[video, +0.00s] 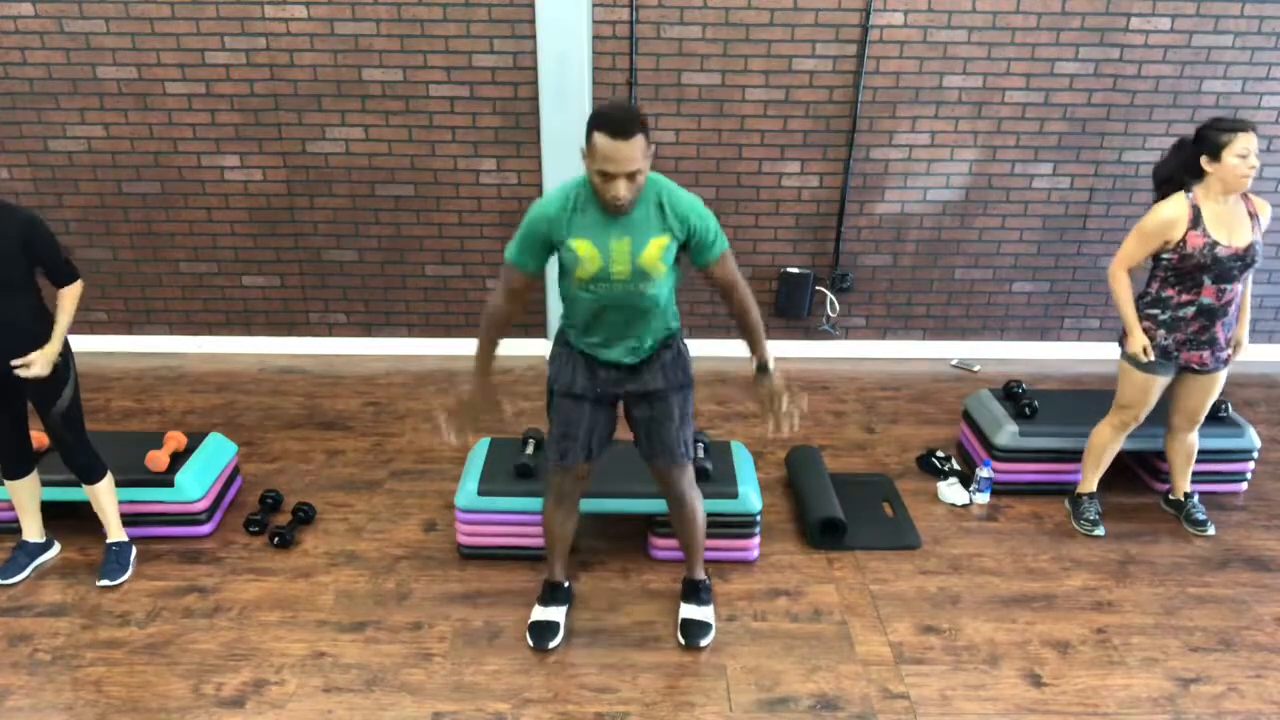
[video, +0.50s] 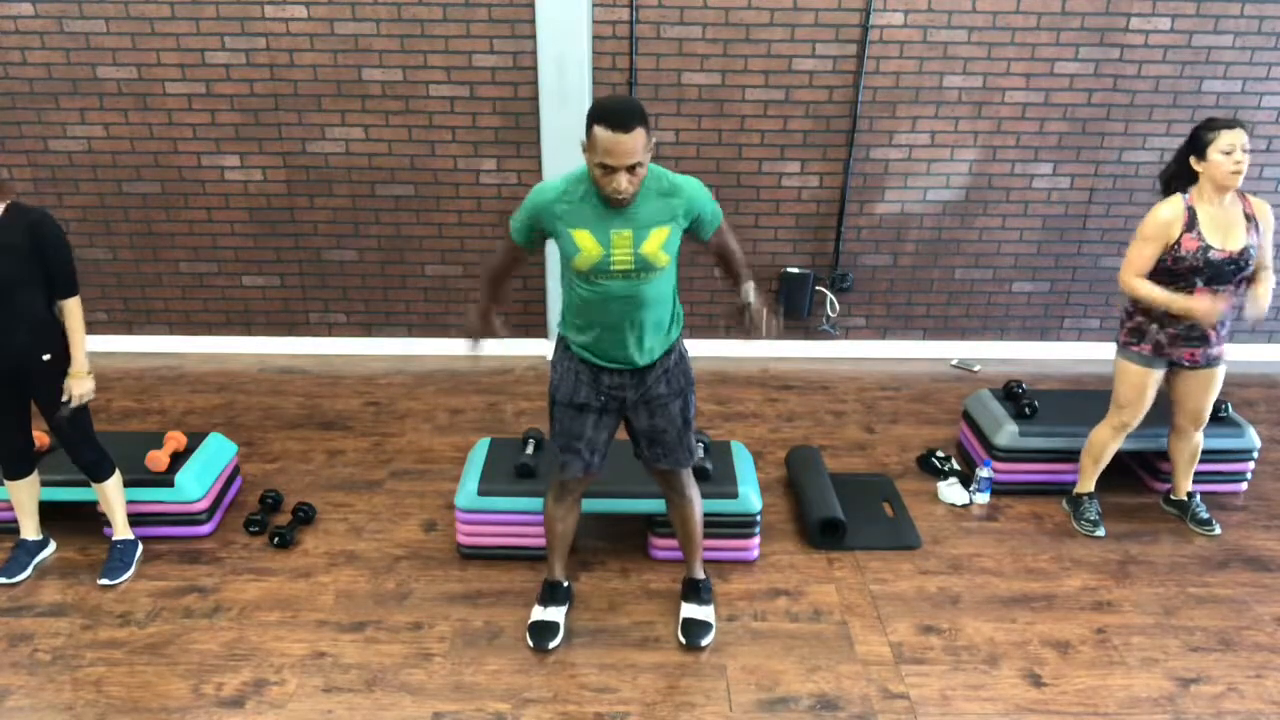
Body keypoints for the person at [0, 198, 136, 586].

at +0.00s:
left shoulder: (19, 223)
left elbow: (70, 282)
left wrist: (52, 348)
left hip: (40, 355)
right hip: (0, 368)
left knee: (75, 449)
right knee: (12, 455)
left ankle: (118, 542)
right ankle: (34, 540)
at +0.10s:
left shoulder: (23, 225)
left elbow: (57, 293)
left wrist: (45, 359)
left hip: (43, 357)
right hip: (1, 369)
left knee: (76, 448)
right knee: (13, 455)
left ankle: (123, 537)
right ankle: (34, 540)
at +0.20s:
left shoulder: (25, 225)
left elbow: (60, 295)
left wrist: (55, 368)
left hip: (44, 356)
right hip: (2, 367)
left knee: (81, 446)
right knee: (12, 453)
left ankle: (124, 537)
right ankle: (34, 540)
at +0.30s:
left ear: (5, 185)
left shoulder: (31, 223)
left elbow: (65, 295)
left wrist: (73, 365)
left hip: (43, 361)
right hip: (4, 369)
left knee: (83, 448)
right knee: (13, 453)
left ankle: (124, 538)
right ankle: (32, 539)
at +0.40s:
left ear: (5, 186)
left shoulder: (34, 224)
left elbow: (69, 294)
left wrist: (82, 365)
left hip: (46, 361)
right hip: (4, 370)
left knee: (84, 449)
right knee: (13, 456)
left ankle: (124, 538)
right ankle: (31, 539)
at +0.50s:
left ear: (6, 185)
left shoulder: (35, 225)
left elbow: (68, 298)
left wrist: (80, 367)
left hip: (46, 363)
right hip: (4, 371)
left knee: (84, 450)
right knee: (14, 457)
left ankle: (124, 538)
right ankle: (31, 539)